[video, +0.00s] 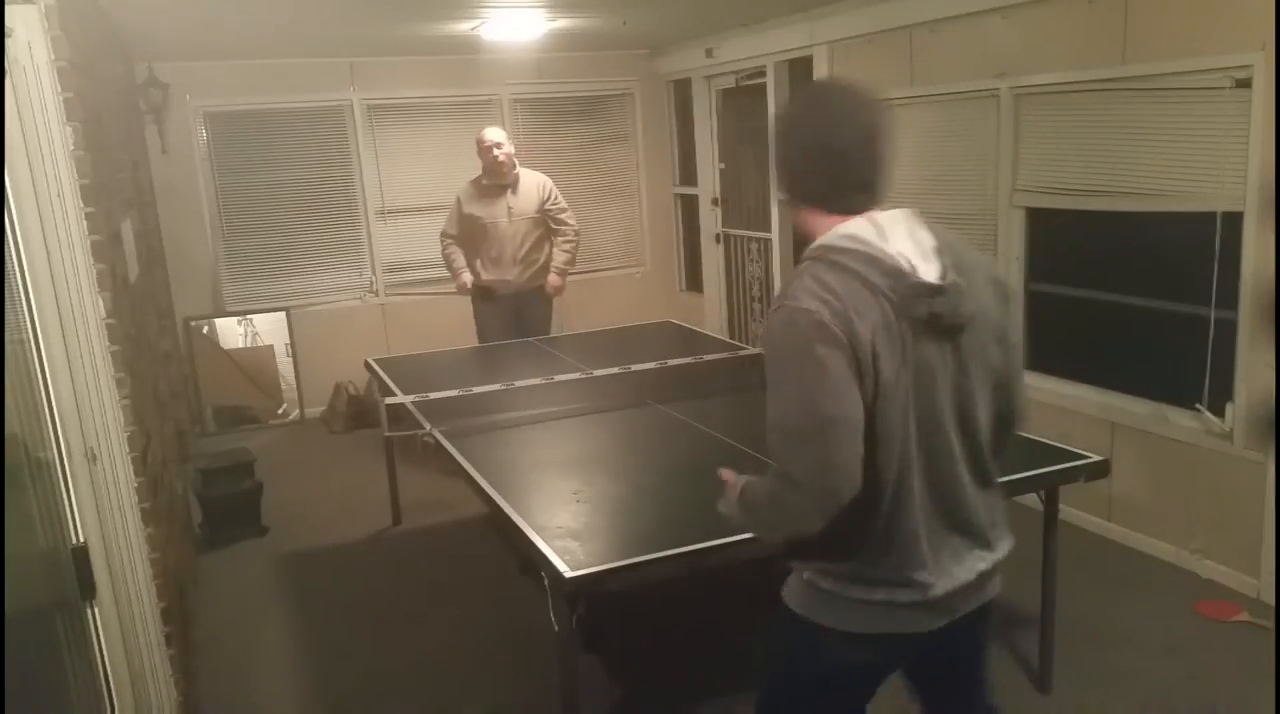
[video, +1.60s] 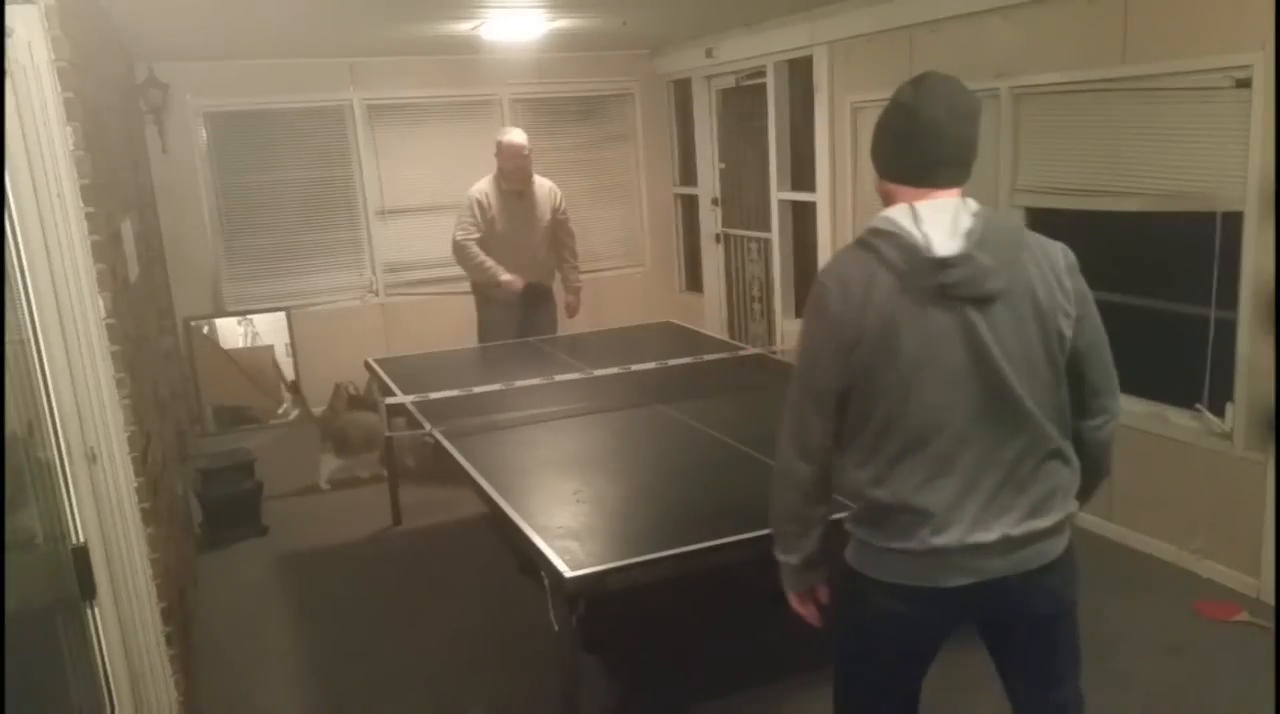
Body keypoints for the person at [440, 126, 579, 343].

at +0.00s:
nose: (495, 153)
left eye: (499, 146)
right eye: (487, 148)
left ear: (512, 147)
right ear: (480, 156)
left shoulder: (540, 184)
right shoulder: (467, 195)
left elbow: (567, 229)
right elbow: (450, 239)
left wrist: (558, 271)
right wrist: (461, 272)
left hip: (534, 295)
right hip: (489, 298)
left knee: (537, 363)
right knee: (495, 366)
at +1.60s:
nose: (521, 164)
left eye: (525, 156)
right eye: (513, 158)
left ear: (530, 155)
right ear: (498, 157)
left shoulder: (549, 192)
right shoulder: (481, 195)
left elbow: (565, 244)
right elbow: (463, 244)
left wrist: (572, 289)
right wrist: (501, 276)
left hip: (540, 296)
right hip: (497, 299)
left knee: (544, 364)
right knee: (500, 368)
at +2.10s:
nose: (522, 164)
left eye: (527, 156)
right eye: (514, 157)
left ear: (532, 155)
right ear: (499, 156)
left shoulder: (548, 192)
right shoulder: (482, 190)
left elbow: (563, 244)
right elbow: (472, 227)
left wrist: (572, 288)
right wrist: (523, 242)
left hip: (538, 297)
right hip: (494, 300)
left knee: (543, 367)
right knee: (500, 369)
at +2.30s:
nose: (521, 162)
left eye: (526, 154)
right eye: (514, 155)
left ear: (533, 154)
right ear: (500, 155)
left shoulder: (549, 192)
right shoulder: (482, 192)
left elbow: (563, 244)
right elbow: (463, 233)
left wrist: (571, 287)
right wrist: (493, 250)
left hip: (539, 297)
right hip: (495, 299)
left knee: (543, 366)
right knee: (501, 368)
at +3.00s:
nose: (517, 159)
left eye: (521, 151)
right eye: (509, 153)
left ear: (530, 152)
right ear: (497, 155)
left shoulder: (552, 191)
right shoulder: (479, 195)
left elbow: (569, 243)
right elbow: (460, 245)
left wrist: (573, 289)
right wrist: (471, 284)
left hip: (541, 300)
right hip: (497, 302)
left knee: (541, 369)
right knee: (499, 372)